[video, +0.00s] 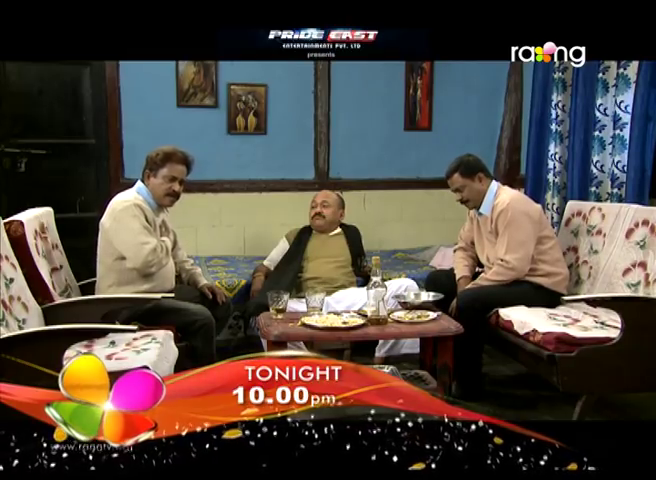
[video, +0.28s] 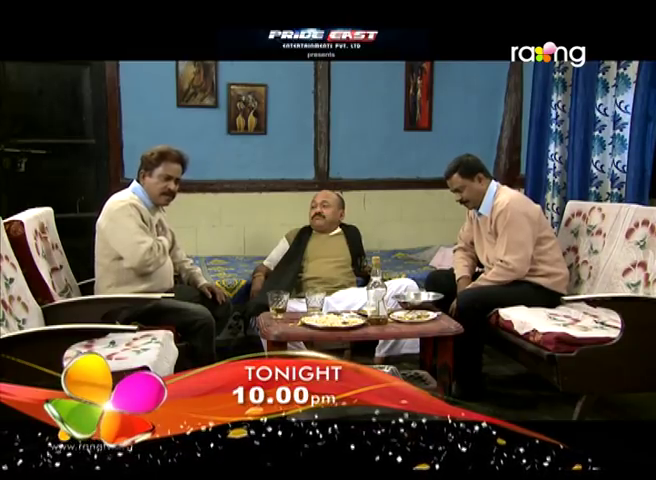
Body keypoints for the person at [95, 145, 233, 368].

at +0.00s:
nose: (177, 189)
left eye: (181, 183)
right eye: (171, 180)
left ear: (184, 185)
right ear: (149, 177)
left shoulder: (157, 215)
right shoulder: (125, 208)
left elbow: (179, 258)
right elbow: (144, 261)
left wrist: (202, 283)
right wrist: (166, 242)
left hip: (156, 296)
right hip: (127, 304)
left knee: (219, 304)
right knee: (200, 319)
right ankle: (203, 384)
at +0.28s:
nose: (172, 187)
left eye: (177, 181)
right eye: (166, 179)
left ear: (180, 184)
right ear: (144, 177)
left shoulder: (155, 213)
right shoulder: (121, 208)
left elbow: (178, 258)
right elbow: (141, 260)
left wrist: (202, 283)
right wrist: (164, 241)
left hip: (156, 296)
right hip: (127, 304)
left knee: (218, 304)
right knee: (200, 318)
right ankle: (204, 384)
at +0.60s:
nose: (168, 186)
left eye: (173, 181)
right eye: (162, 178)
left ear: (177, 183)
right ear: (140, 177)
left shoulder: (150, 211)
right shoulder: (118, 208)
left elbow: (175, 257)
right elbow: (139, 260)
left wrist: (201, 282)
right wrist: (162, 240)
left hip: (157, 295)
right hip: (127, 304)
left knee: (218, 304)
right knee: (200, 318)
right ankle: (203, 384)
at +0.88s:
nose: (165, 185)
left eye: (169, 179)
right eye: (158, 177)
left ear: (173, 182)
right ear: (136, 176)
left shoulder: (147, 211)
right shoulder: (115, 208)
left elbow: (175, 258)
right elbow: (140, 258)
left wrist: (201, 282)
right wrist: (163, 238)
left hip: (156, 295)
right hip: (127, 304)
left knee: (218, 303)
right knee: (200, 318)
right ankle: (203, 385)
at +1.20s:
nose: (161, 184)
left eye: (165, 178)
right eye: (154, 176)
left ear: (169, 181)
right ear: (133, 176)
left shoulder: (147, 211)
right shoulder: (112, 206)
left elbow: (173, 257)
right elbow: (146, 245)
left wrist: (200, 281)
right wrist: (167, 223)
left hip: (158, 294)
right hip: (127, 303)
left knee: (218, 303)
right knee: (200, 318)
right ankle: (204, 384)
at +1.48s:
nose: (160, 183)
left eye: (164, 178)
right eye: (153, 175)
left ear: (167, 181)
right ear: (132, 176)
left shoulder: (150, 212)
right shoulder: (109, 206)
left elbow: (174, 257)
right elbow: (144, 239)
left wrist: (200, 281)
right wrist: (168, 220)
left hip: (159, 293)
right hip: (126, 302)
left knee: (218, 303)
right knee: (200, 318)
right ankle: (204, 384)